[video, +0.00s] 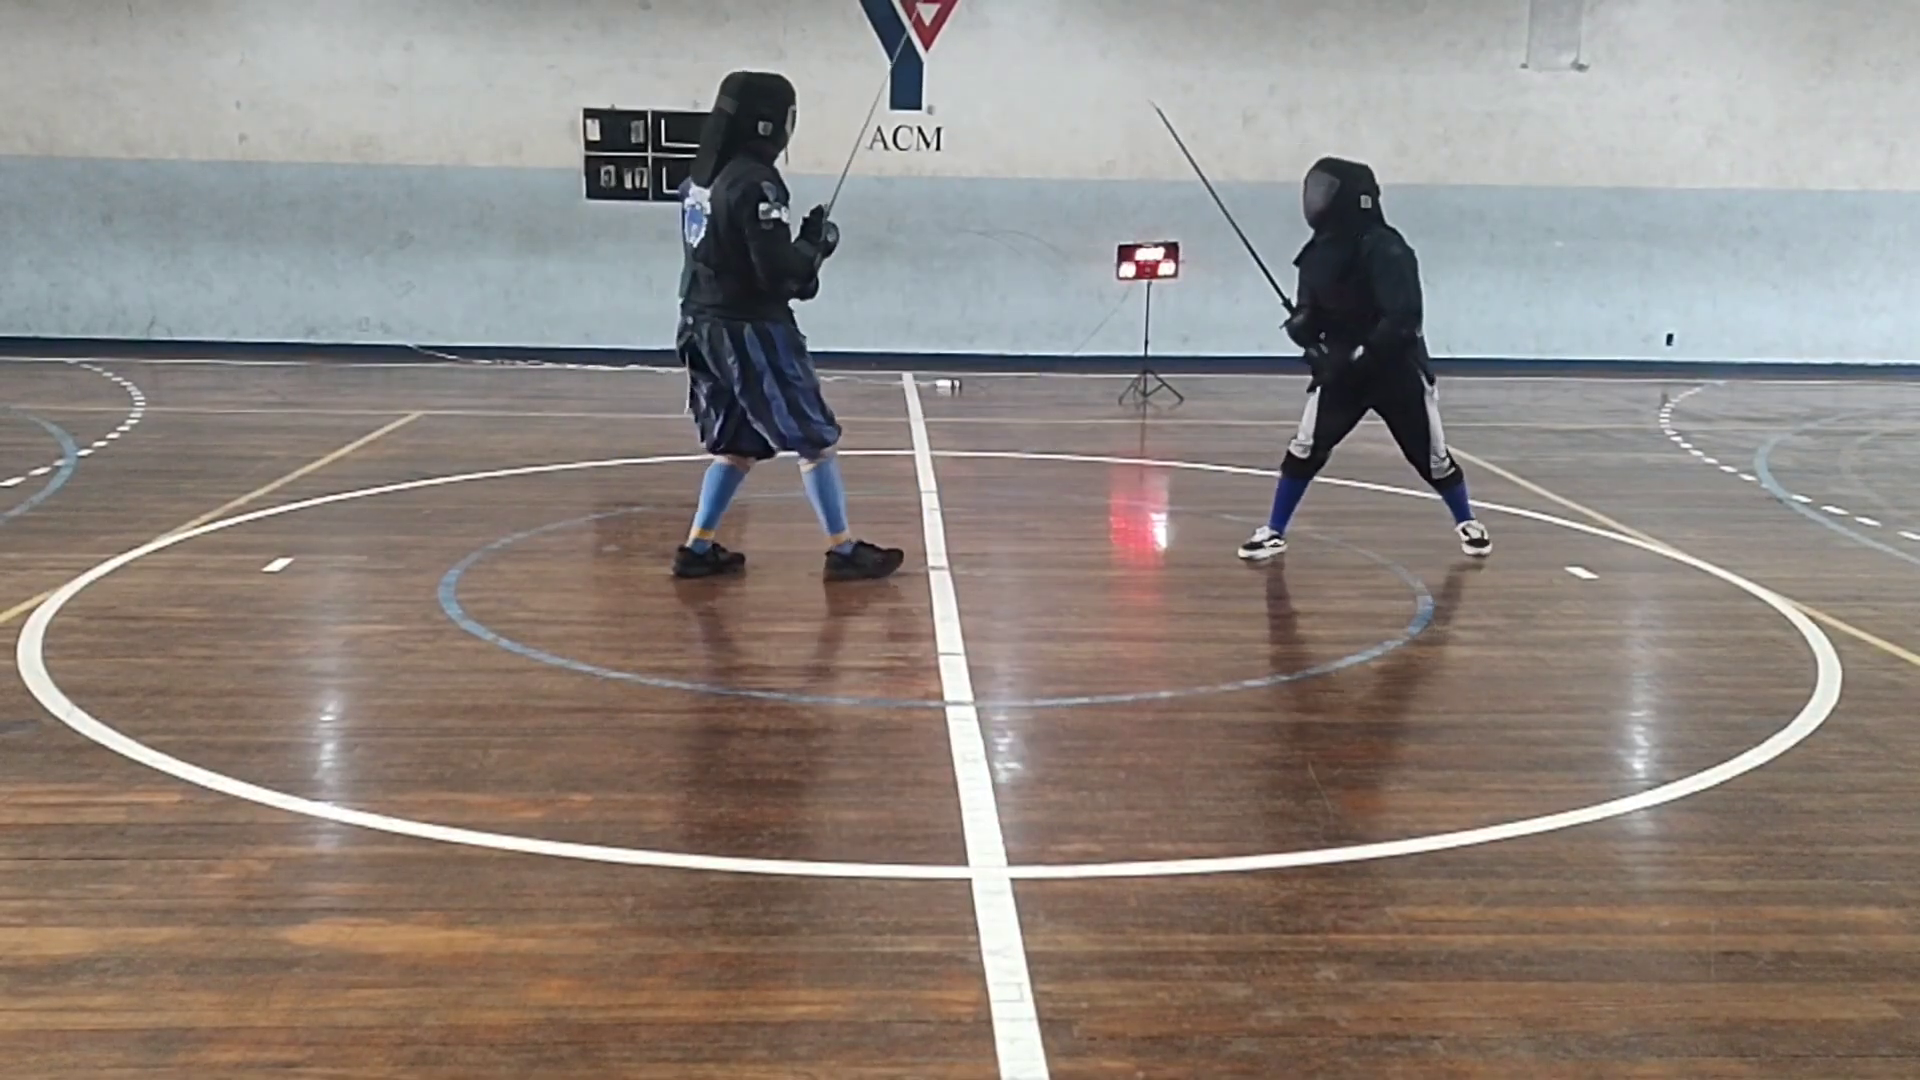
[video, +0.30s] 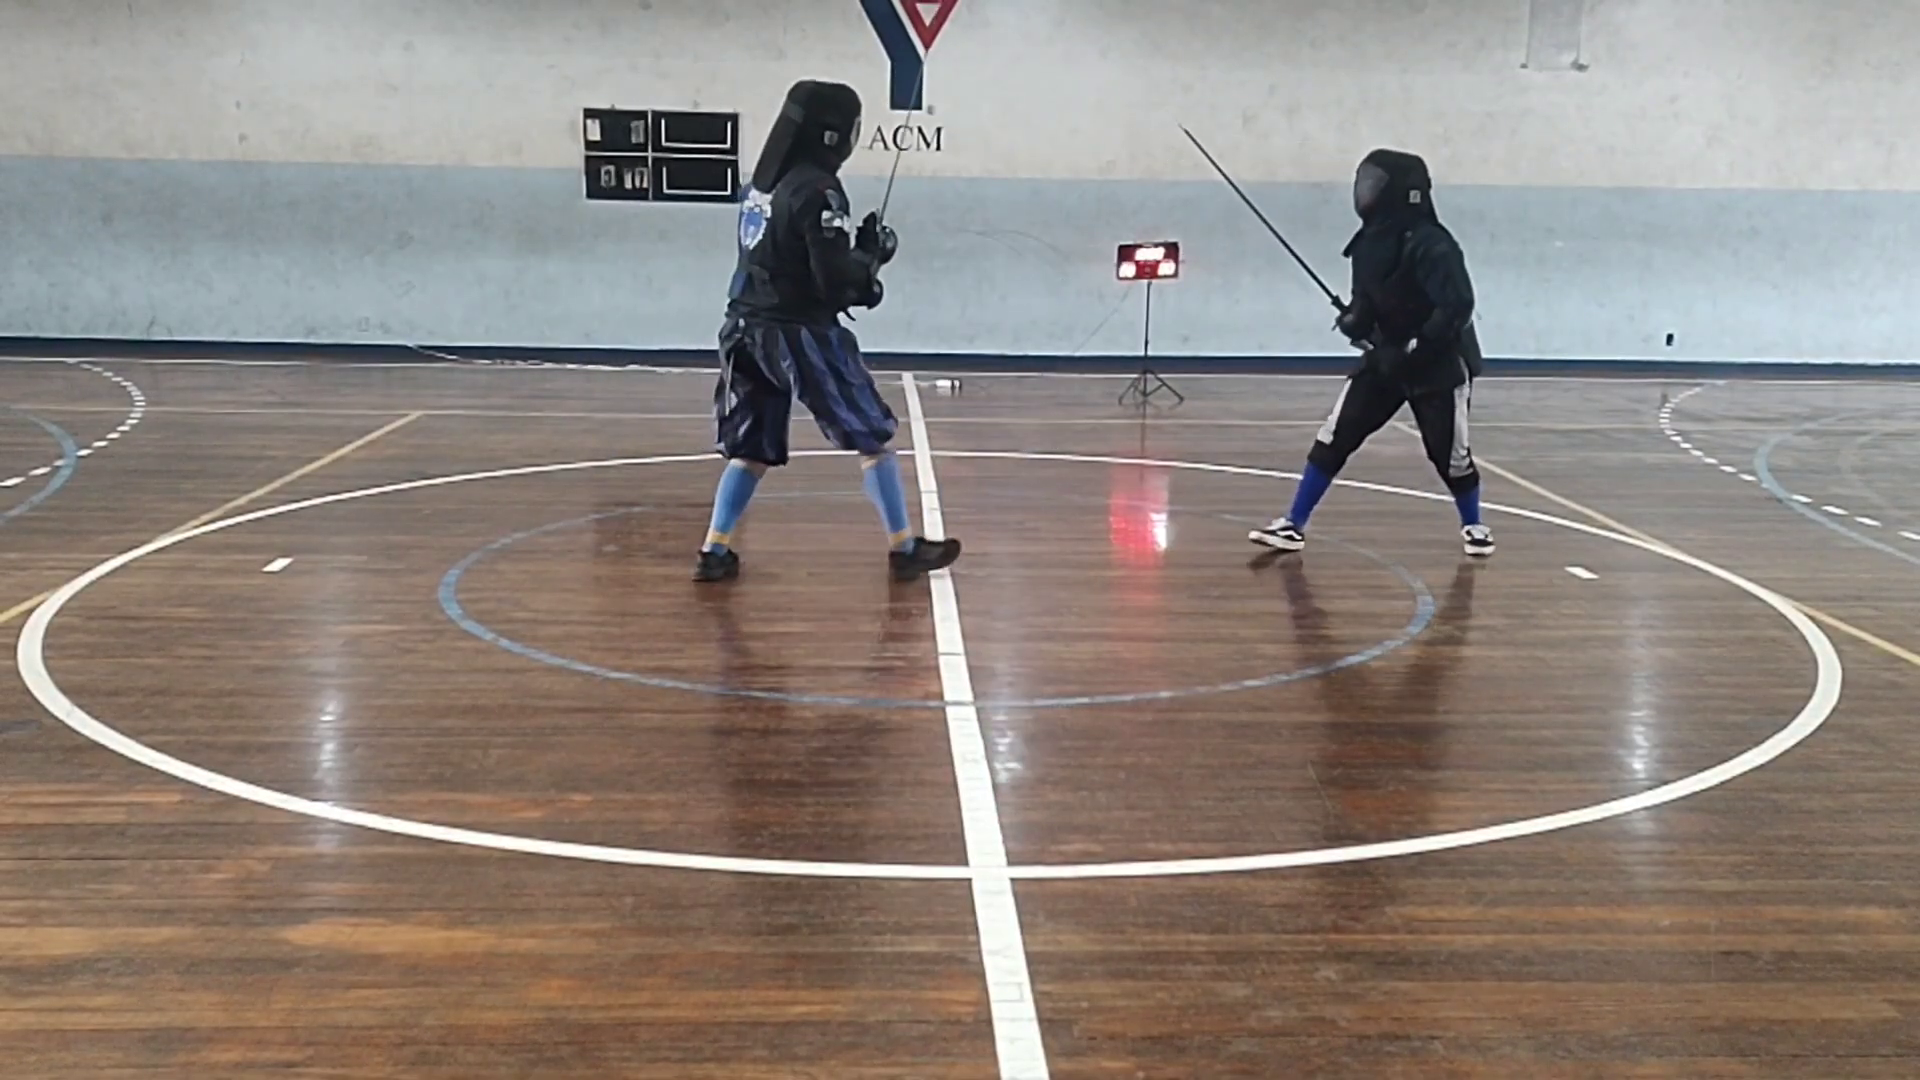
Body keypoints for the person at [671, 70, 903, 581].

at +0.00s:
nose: (789, 131)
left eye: (789, 121)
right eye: (786, 121)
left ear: (732, 120)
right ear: (767, 126)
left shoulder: (703, 173)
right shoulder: (757, 184)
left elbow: (728, 259)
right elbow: (785, 274)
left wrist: (798, 241)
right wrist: (814, 246)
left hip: (705, 325)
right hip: (754, 329)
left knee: (742, 440)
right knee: (814, 435)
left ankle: (698, 545)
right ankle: (844, 547)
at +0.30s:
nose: (853, 142)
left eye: (853, 131)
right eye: (851, 131)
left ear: (798, 127)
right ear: (834, 135)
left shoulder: (762, 180)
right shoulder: (819, 190)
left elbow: (777, 264)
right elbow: (835, 274)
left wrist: (853, 282)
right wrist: (871, 256)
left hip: (746, 327)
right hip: (803, 332)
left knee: (755, 444)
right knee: (872, 433)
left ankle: (715, 549)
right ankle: (905, 544)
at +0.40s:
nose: (877, 148)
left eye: (877, 137)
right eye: (874, 138)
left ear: (821, 133)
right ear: (856, 141)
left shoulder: (788, 185)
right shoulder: (844, 195)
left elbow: (809, 268)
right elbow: (870, 288)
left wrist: (880, 250)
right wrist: (897, 255)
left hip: (772, 331)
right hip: (827, 337)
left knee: (768, 446)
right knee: (895, 437)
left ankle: (716, 548)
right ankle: (923, 546)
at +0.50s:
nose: (901, 148)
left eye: (901, 138)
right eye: (898, 139)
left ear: (846, 136)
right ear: (880, 144)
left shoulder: (812, 187)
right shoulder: (869, 201)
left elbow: (828, 269)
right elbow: (892, 285)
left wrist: (904, 270)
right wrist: (925, 264)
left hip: (792, 333)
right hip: (853, 338)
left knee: (772, 445)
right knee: (932, 423)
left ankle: (716, 547)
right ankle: (940, 535)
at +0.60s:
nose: (922, 150)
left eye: (922, 141)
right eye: (919, 142)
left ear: (865, 139)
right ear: (900, 147)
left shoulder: (833, 189)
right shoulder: (896, 203)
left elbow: (867, 274)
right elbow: (925, 290)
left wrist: (939, 277)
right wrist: (962, 268)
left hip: (811, 333)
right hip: (873, 339)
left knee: (776, 444)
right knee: (945, 432)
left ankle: (714, 545)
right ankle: (985, 543)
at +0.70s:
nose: (933, 154)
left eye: (932, 145)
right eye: (931, 146)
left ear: (875, 141)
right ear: (919, 151)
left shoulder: (847, 194)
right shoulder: (918, 208)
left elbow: (890, 274)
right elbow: (968, 286)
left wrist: (961, 282)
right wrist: (1000, 262)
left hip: (828, 333)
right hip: (893, 341)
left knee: (785, 443)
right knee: (957, 443)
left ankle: (716, 540)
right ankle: (1002, 551)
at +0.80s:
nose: (944, 156)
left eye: (942, 147)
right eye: (942, 147)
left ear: (887, 143)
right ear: (931, 152)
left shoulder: (860, 192)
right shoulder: (932, 210)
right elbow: (991, 277)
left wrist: (990, 259)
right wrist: (1029, 249)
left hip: (839, 335)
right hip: (903, 342)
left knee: (793, 445)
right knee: (974, 440)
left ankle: (720, 538)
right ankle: (1005, 551)